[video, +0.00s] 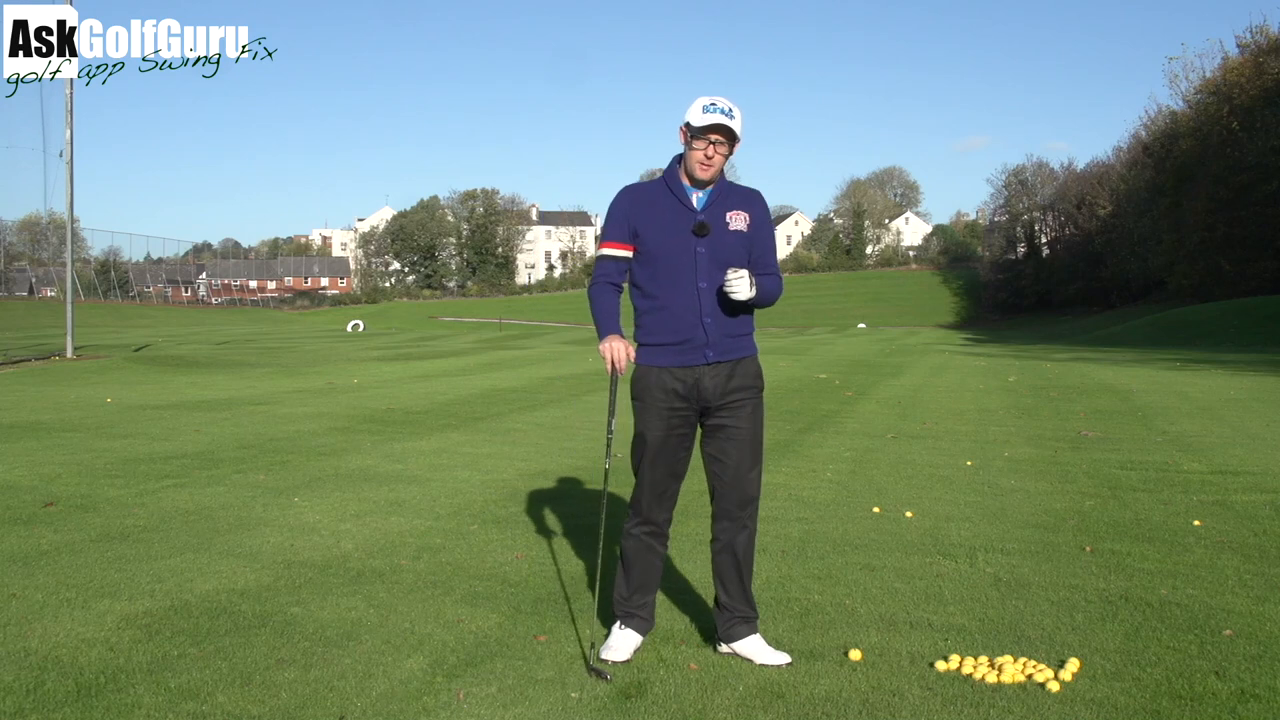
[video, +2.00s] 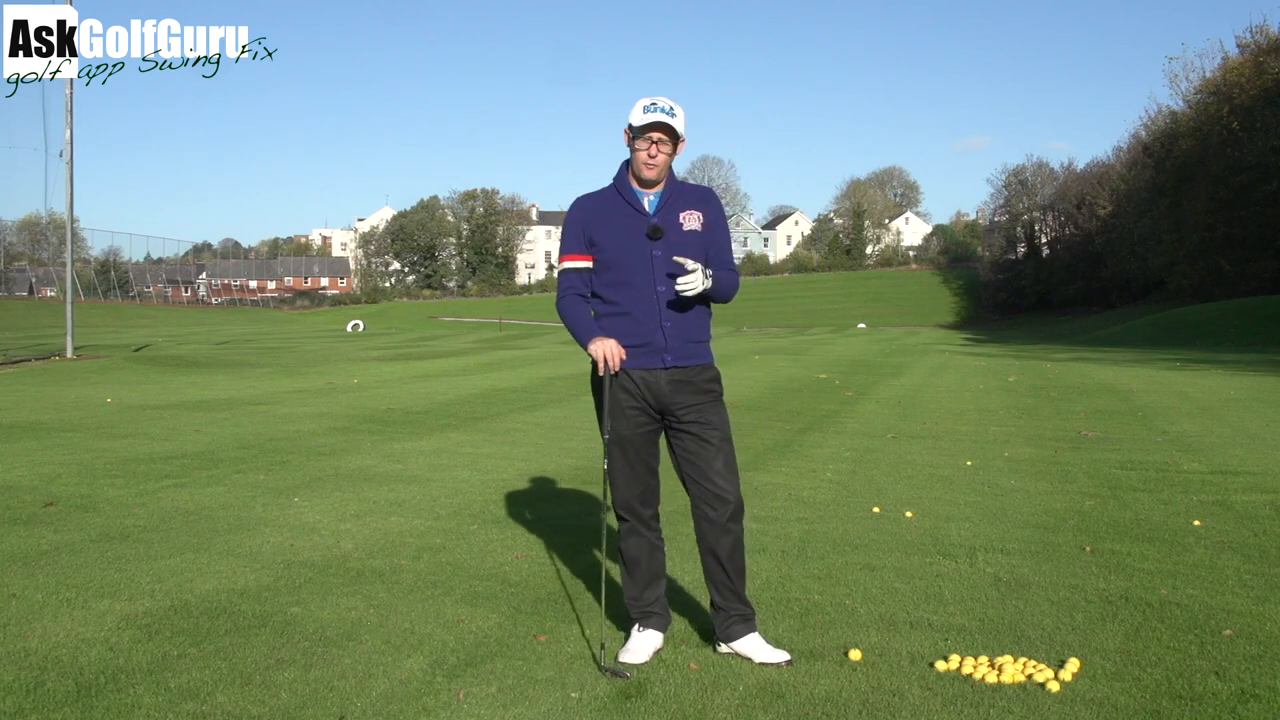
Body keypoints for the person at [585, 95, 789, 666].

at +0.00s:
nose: (711, 149)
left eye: (722, 142)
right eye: (703, 138)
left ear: (732, 150)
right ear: (684, 138)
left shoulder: (749, 204)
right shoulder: (635, 201)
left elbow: (772, 282)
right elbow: (606, 278)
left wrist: (753, 286)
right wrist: (610, 331)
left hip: (736, 373)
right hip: (662, 374)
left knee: (738, 507)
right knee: (650, 507)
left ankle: (736, 628)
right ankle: (631, 621)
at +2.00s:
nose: (654, 146)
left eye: (664, 138)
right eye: (646, 137)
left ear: (678, 147)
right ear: (629, 142)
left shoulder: (703, 204)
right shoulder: (588, 210)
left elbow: (729, 283)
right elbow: (570, 293)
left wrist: (710, 280)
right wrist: (591, 336)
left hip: (694, 376)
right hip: (624, 379)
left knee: (721, 501)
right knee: (634, 507)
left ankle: (734, 626)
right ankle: (649, 621)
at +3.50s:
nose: (666, 146)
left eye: (677, 140)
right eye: (658, 135)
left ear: (688, 148)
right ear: (639, 137)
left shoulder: (705, 205)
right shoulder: (595, 207)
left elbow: (728, 290)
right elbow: (585, 291)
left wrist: (730, 264)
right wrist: (643, 263)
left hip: (705, 369)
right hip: (633, 374)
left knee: (721, 501)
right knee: (642, 504)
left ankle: (732, 626)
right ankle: (649, 621)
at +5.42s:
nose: (730, 150)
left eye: (738, 140)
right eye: (719, 140)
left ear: (745, 146)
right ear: (693, 141)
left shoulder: (753, 208)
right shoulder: (650, 202)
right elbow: (650, 280)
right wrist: (709, 234)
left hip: (745, 371)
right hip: (677, 374)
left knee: (737, 505)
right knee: (668, 504)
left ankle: (733, 627)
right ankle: (653, 621)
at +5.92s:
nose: (702, 140)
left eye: (712, 132)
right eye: (692, 131)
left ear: (727, 140)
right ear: (679, 138)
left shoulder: (749, 203)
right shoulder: (640, 203)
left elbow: (770, 281)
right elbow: (637, 288)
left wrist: (761, 286)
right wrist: (703, 259)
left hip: (737, 373)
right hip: (666, 376)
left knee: (732, 507)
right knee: (661, 508)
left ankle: (733, 627)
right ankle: (651, 621)